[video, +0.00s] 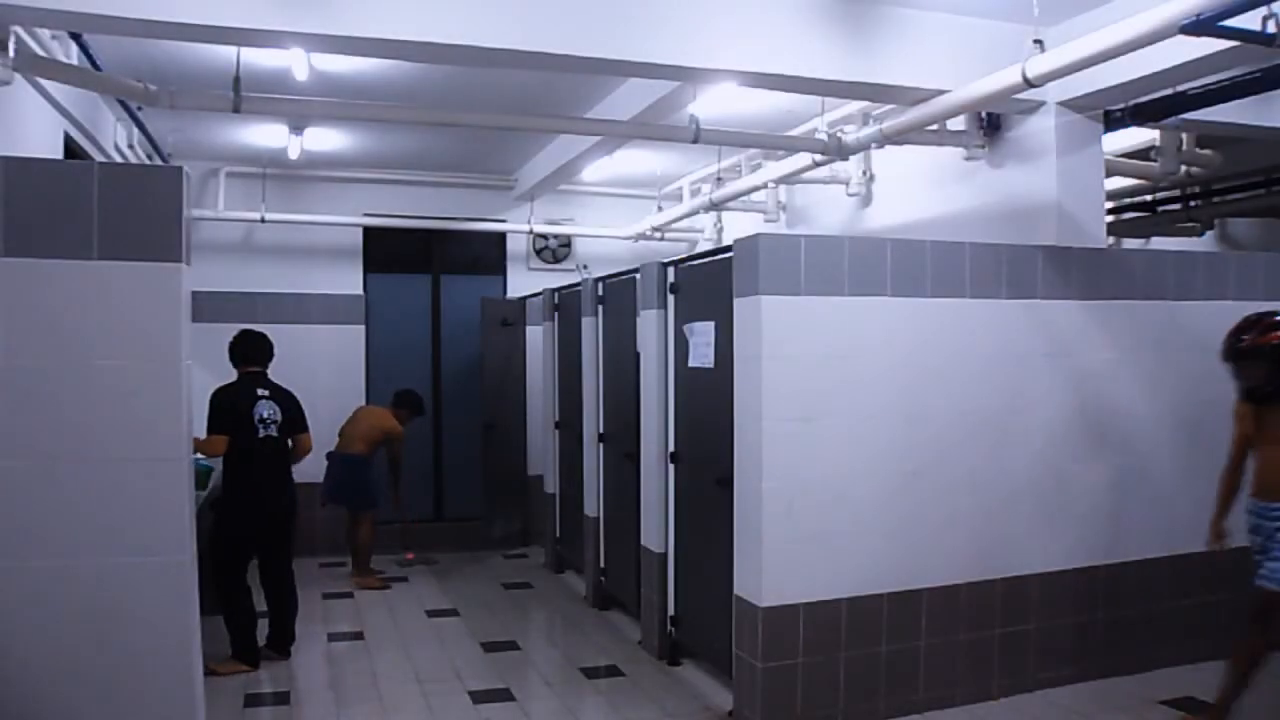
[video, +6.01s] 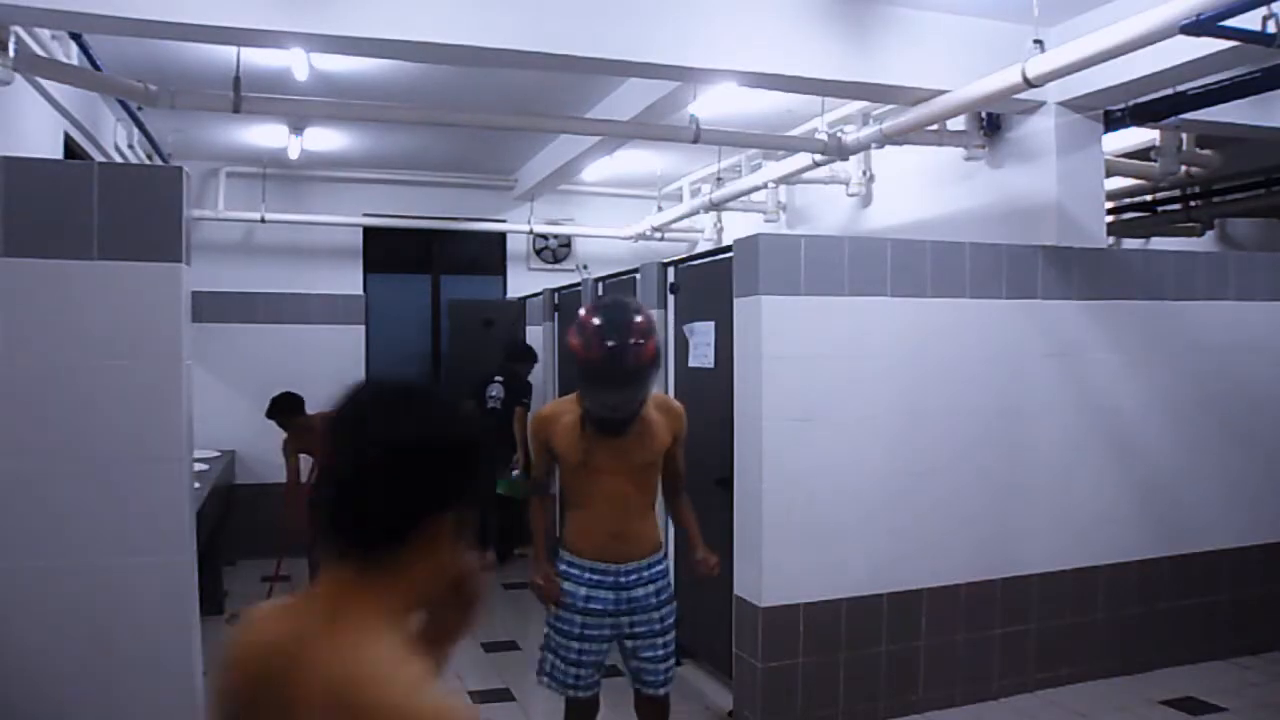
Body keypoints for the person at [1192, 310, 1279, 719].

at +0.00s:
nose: (1244, 375)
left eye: (1251, 364)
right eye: (1241, 365)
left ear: (1269, 364)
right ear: (1243, 366)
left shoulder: (1255, 405)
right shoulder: (1250, 404)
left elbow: (1235, 464)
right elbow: (1236, 463)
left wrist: (1219, 517)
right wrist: (1219, 518)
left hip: (1270, 520)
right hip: (1264, 518)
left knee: (1261, 619)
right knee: (1262, 619)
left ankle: (1221, 705)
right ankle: (1221, 704)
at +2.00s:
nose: (729, 411)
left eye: (741, 401)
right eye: (720, 399)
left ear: (763, 381)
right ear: (704, 383)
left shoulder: (793, 416)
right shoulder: (685, 414)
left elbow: (806, 494)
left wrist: (807, 571)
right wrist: (655, 563)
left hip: (759, 563)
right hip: (700, 560)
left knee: (726, 680)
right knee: (713, 679)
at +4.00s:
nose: (623, 413)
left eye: (636, 401)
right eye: (611, 401)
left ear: (654, 383)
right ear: (588, 380)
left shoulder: (671, 420)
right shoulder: (554, 420)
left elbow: (665, 489)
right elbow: (535, 491)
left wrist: (688, 552)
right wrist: (540, 561)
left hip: (648, 575)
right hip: (580, 576)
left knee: (651, 698)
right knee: (579, 701)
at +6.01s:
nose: (618, 408)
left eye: (630, 396)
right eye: (605, 397)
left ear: (649, 377)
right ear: (583, 376)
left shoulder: (669, 417)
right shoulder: (550, 422)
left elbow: (676, 491)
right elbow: (540, 493)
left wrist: (697, 546)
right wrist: (541, 562)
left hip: (649, 576)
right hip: (581, 578)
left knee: (655, 696)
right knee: (581, 699)